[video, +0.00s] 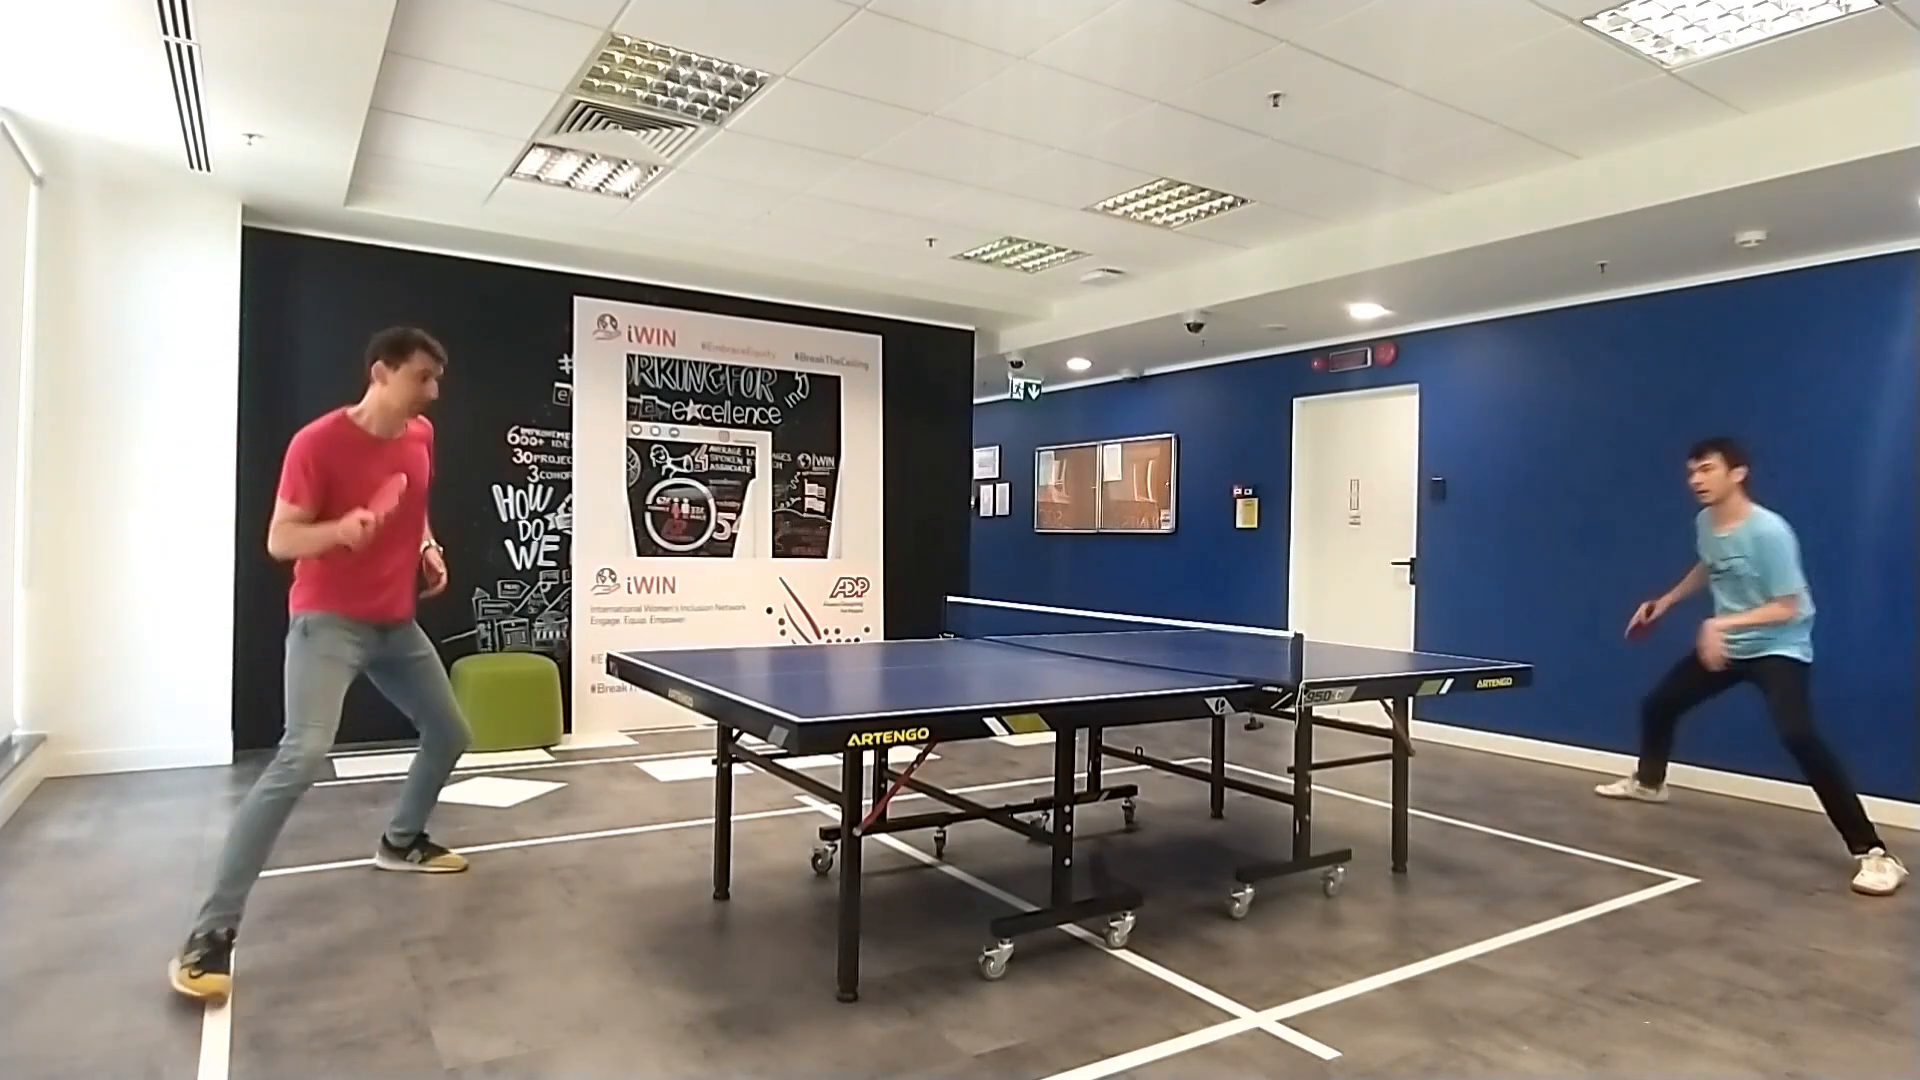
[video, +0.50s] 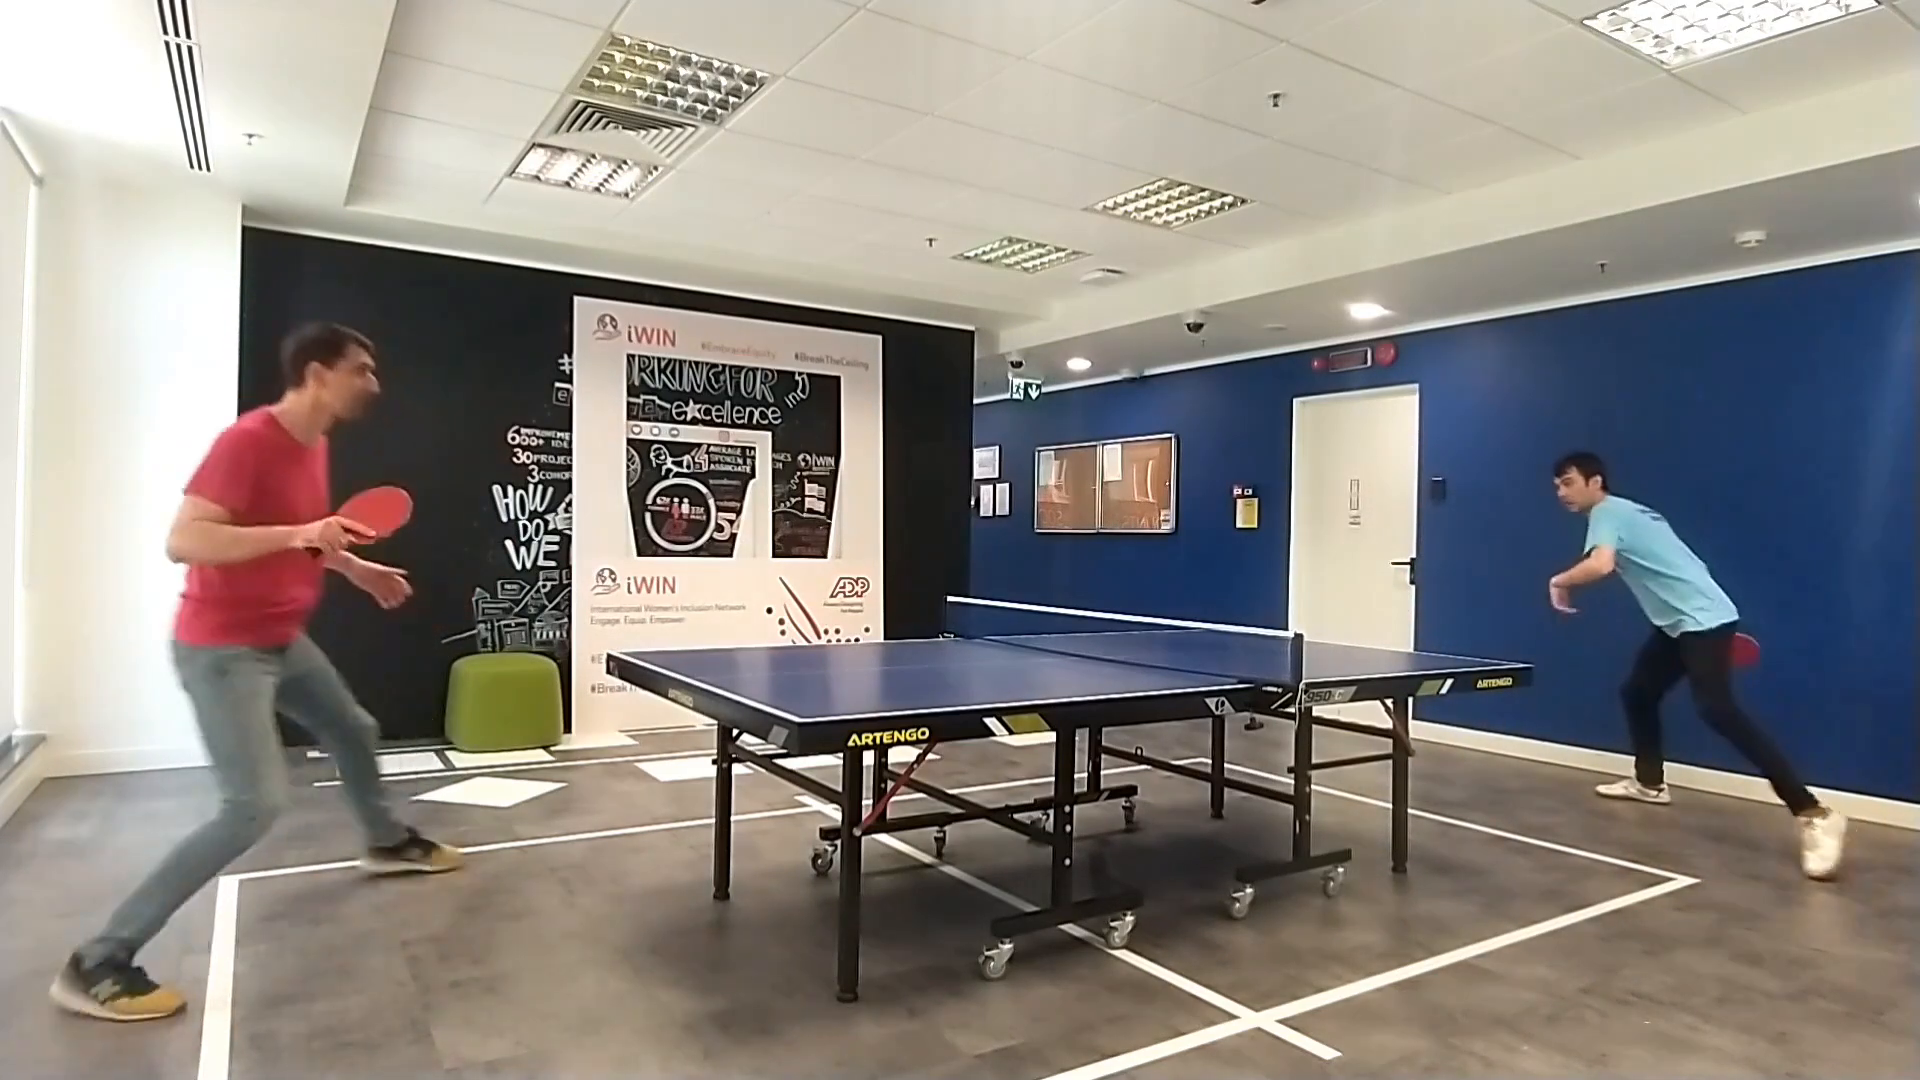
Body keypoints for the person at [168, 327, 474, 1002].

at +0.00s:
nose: (431, 392)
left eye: (435, 382)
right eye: (423, 378)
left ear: (423, 386)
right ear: (380, 372)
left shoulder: (420, 437)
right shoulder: (317, 443)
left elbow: (414, 503)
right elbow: (280, 539)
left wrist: (427, 544)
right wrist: (338, 530)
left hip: (394, 625)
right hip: (326, 625)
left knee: (449, 734)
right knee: (303, 758)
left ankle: (404, 836)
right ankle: (215, 931)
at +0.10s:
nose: (441, 380)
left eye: (444, 370)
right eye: (433, 367)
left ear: (421, 374)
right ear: (390, 364)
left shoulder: (421, 432)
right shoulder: (324, 432)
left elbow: (406, 502)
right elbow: (273, 522)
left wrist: (430, 542)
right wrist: (325, 508)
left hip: (391, 617)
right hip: (325, 613)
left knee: (443, 728)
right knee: (311, 747)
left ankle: (402, 838)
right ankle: (227, 922)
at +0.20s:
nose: (443, 391)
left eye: (445, 381)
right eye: (436, 378)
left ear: (411, 383)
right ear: (393, 378)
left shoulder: (417, 446)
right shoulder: (323, 444)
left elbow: (405, 516)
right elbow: (265, 532)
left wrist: (434, 557)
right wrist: (323, 517)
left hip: (381, 625)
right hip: (316, 618)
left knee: (445, 733)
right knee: (320, 747)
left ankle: (402, 838)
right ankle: (209, 918)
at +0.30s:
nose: (432, 408)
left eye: (433, 398)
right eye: (424, 396)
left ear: (394, 400)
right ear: (381, 397)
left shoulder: (401, 465)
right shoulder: (310, 463)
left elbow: (387, 538)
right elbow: (246, 554)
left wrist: (434, 579)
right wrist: (316, 537)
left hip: (369, 638)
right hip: (303, 634)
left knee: (448, 737)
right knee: (323, 753)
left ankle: (402, 840)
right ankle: (174, 911)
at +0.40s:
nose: (407, 405)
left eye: (409, 394)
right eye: (398, 392)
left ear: (366, 398)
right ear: (353, 394)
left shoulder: (366, 465)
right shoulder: (282, 460)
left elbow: (347, 548)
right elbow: (217, 554)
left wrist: (404, 582)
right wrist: (310, 538)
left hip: (338, 644)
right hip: (273, 645)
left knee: (417, 735)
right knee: (302, 775)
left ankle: (403, 841)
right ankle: (135, 928)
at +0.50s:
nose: (372, 385)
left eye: (372, 374)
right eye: (361, 371)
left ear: (325, 380)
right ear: (315, 374)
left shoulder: (313, 446)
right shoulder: (247, 440)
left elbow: (294, 533)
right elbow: (183, 540)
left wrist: (356, 568)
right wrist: (297, 535)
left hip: (281, 639)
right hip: (220, 650)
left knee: (355, 732)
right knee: (252, 807)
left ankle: (387, 841)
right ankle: (99, 963)